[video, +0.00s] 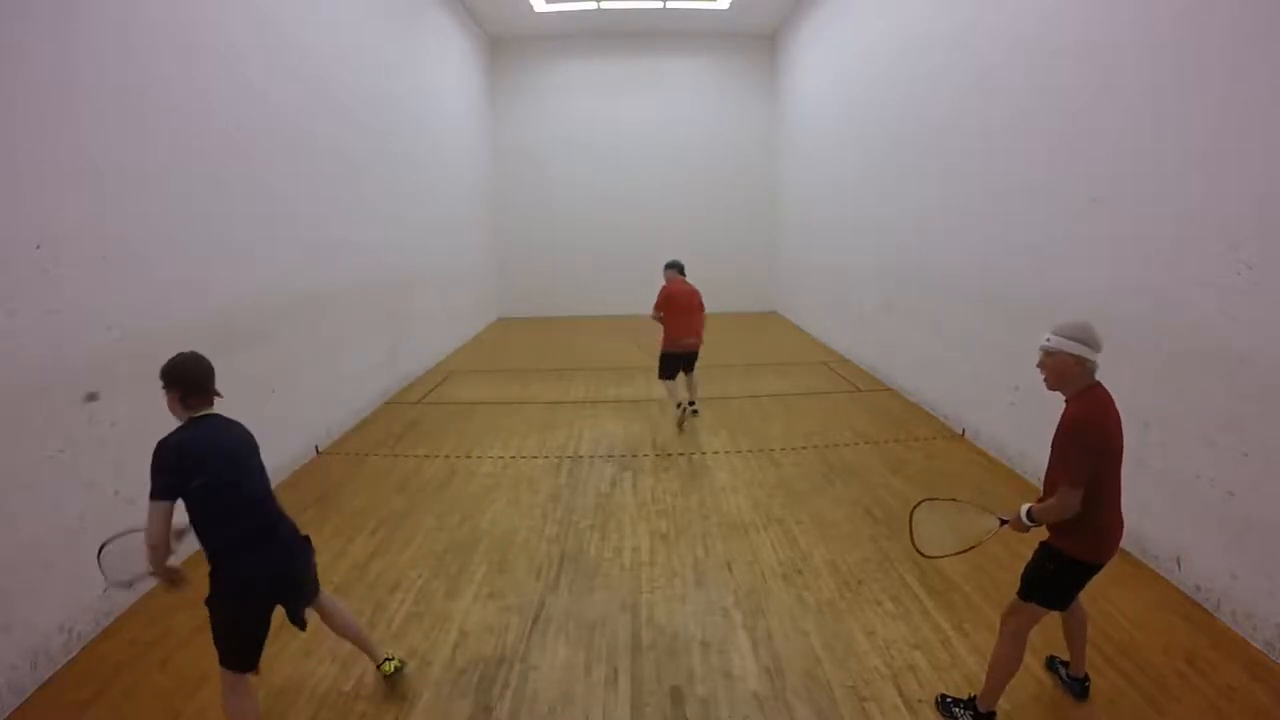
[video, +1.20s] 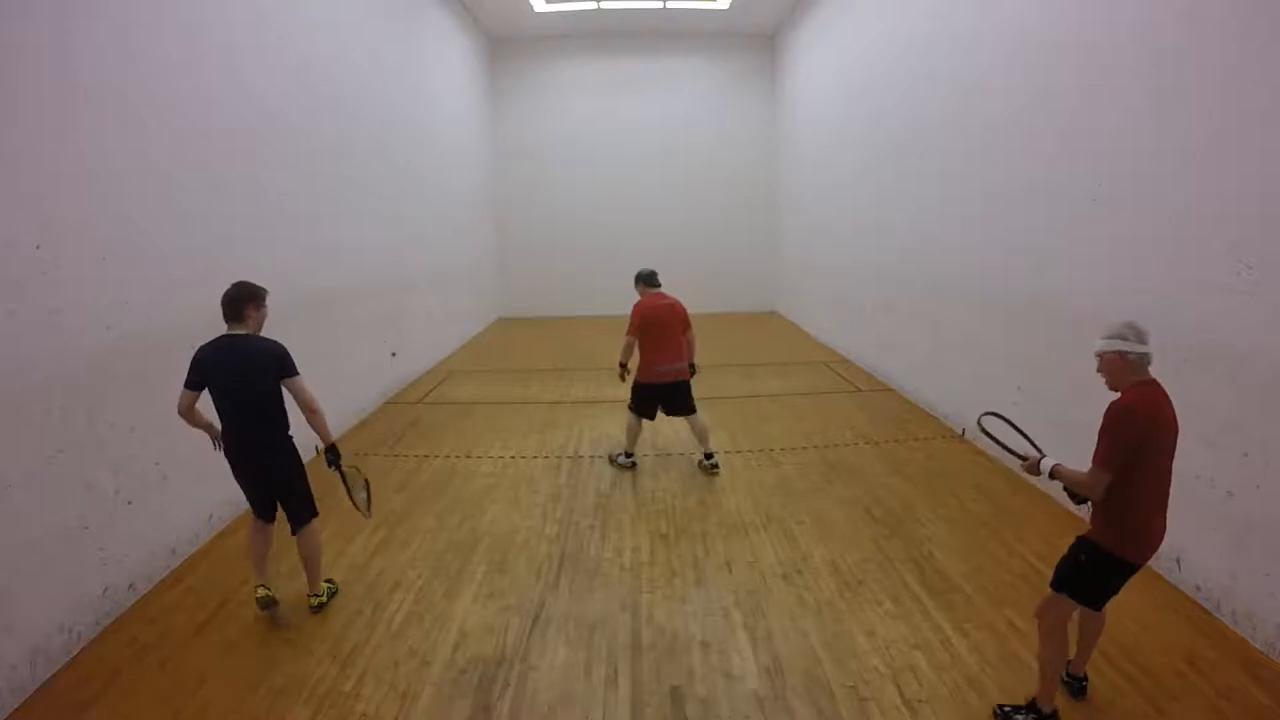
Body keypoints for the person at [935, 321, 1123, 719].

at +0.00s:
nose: (1039, 366)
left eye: (1047, 359)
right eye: (1041, 358)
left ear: (1075, 364)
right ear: (1076, 365)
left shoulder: (1081, 418)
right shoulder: (1096, 402)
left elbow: (1070, 501)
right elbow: (1084, 480)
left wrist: (1027, 516)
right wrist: (1044, 507)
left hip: (1074, 543)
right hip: (1096, 535)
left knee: (1015, 621)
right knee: (1068, 597)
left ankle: (983, 707)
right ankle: (1077, 675)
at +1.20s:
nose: (1098, 367)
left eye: (1103, 358)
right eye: (1098, 358)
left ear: (1126, 359)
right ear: (1134, 361)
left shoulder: (1125, 410)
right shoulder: (1158, 402)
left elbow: (1093, 485)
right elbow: (1139, 475)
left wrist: (1048, 467)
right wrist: (1091, 493)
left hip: (1115, 536)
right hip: (1143, 536)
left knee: (1052, 612)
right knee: (1093, 601)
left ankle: (1043, 706)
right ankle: (1077, 673)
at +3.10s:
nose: (1066, 380)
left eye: (1067, 374)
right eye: (1068, 374)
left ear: (1072, 379)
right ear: (1110, 381)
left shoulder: (1063, 425)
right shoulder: (1133, 427)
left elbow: (1040, 503)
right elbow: (1158, 508)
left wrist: (1053, 526)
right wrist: (1127, 533)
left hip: (1077, 564)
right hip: (1127, 563)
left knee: (1015, 640)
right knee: (1096, 608)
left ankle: (996, 715)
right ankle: (1092, 687)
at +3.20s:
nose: (1078, 385)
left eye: (1080, 380)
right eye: (1082, 380)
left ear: (1085, 383)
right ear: (1123, 388)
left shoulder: (1070, 425)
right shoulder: (1142, 435)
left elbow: (1038, 496)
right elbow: (1164, 512)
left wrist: (1045, 524)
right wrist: (1156, 560)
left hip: (1075, 566)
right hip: (1127, 567)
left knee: (1013, 640)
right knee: (1106, 605)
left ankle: (996, 714)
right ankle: (1100, 672)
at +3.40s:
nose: (1124, 389)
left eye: (1125, 384)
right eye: (1130, 385)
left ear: (1126, 387)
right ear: (1161, 393)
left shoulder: (1106, 421)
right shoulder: (1175, 441)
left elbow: (1062, 472)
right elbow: (1193, 511)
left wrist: (1034, 502)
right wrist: (1209, 558)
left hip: (1096, 550)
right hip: (1143, 557)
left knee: (1041, 639)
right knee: (1118, 593)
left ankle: (995, 716)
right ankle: (1105, 660)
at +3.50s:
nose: (1140, 385)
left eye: (1142, 380)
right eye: (1146, 381)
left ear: (1144, 381)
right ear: (1177, 388)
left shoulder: (1129, 413)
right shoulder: (1186, 430)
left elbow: (1098, 463)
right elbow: (1192, 485)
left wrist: (1066, 496)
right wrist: (1193, 513)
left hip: (1115, 537)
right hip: (1159, 545)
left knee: (1057, 619)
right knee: (1122, 584)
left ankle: (1001, 705)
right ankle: (1105, 660)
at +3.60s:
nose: (1147, 362)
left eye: (1150, 356)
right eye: (1151, 357)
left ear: (1156, 359)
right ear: (1186, 364)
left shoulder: (1144, 392)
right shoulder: (1200, 401)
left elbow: (1120, 453)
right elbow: (1199, 455)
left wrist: (1110, 493)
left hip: (1137, 510)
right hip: (1178, 520)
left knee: (1080, 590)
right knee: (1133, 579)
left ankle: (1019, 669)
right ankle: (1107, 659)